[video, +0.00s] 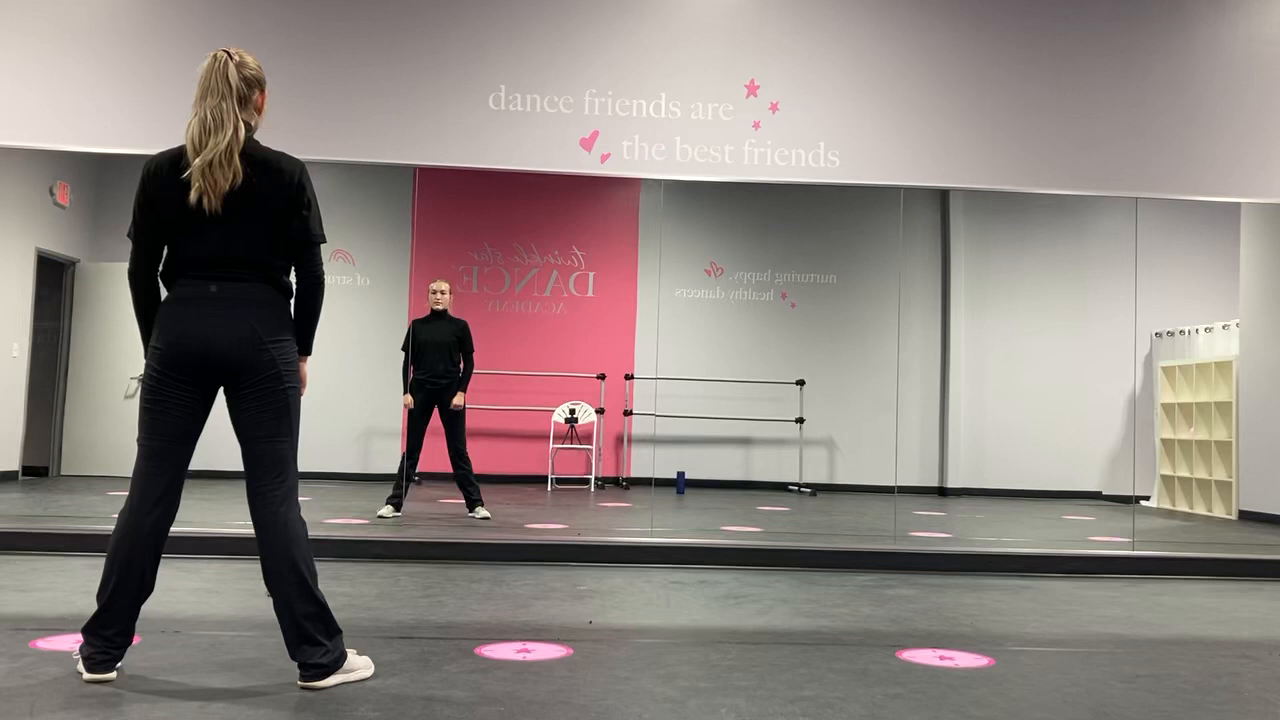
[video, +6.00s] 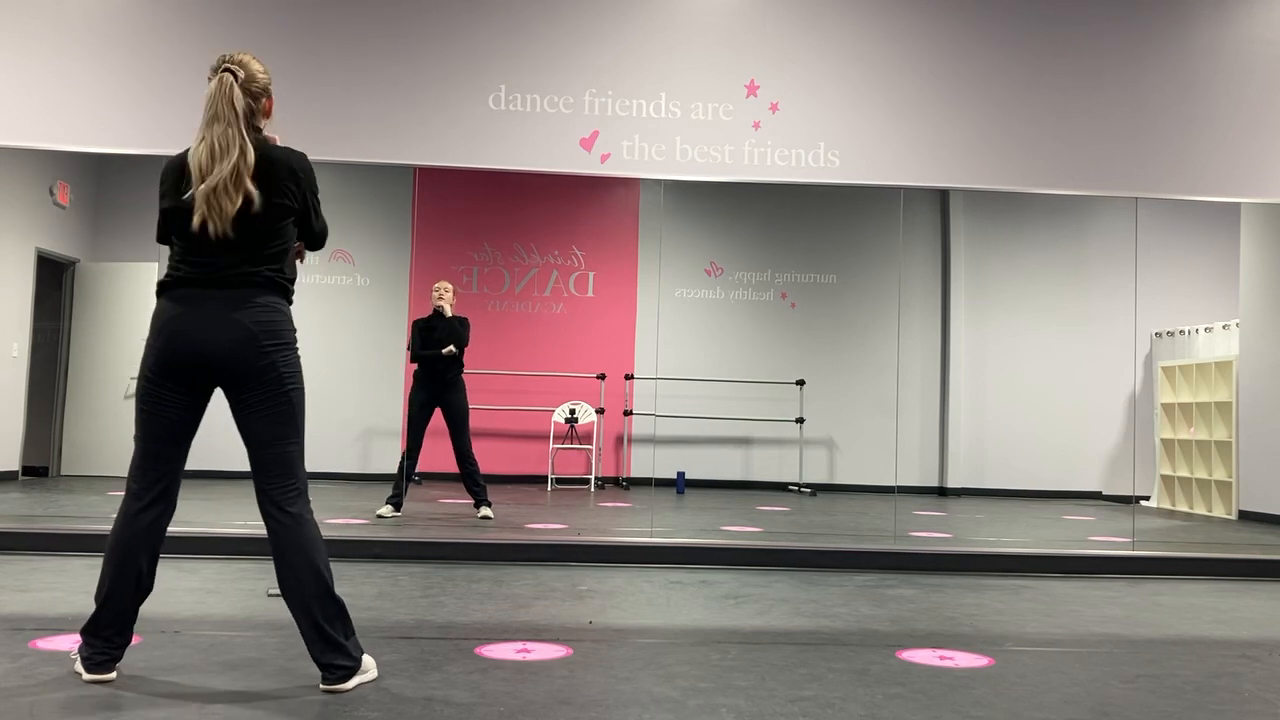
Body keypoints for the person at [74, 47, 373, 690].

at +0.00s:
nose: (268, 105)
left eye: (264, 95)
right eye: (266, 96)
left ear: (202, 96)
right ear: (254, 99)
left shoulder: (162, 169)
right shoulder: (285, 173)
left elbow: (141, 271)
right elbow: (312, 274)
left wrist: (157, 349)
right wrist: (301, 348)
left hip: (180, 328)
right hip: (261, 329)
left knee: (150, 490)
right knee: (275, 497)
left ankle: (101, 649)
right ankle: (319, 656)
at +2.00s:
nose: (268, 99)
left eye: (262, 88)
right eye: (265, 89)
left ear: (205, 97)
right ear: (257, 98)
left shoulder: (176, 157)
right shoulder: (283, 156)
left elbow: (114, 91)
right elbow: (349, 91)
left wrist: (47, 11)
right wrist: (410, 23)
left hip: (183, 321)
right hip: (263, 322)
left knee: (151, 488)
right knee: (275, 496)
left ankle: (102, 648)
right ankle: (319, 657)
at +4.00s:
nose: (256, 102)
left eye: (253, 92)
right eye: (254, 93)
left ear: (191, 94)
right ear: (245, 97)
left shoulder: (153, 164)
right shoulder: (276, 163)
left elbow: (147, 255)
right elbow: (297, 260)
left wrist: (176, 298)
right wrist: (256, 302)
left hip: (165, 323)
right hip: (249, 323)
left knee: (139, 488)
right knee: (280, 493)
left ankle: (97, 649)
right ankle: (321, 656)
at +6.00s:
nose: (276, 109)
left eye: (271, 99)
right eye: (273, 100)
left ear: (211, 101)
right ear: (263, 105)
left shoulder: (178, 167)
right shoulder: (289, 164)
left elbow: (170, 235)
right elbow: (315, 235)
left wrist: (249, 228)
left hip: (177, 326)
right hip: (259, 327)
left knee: (148, 489)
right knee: (286, 497)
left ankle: (100, 650)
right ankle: (338, 659)